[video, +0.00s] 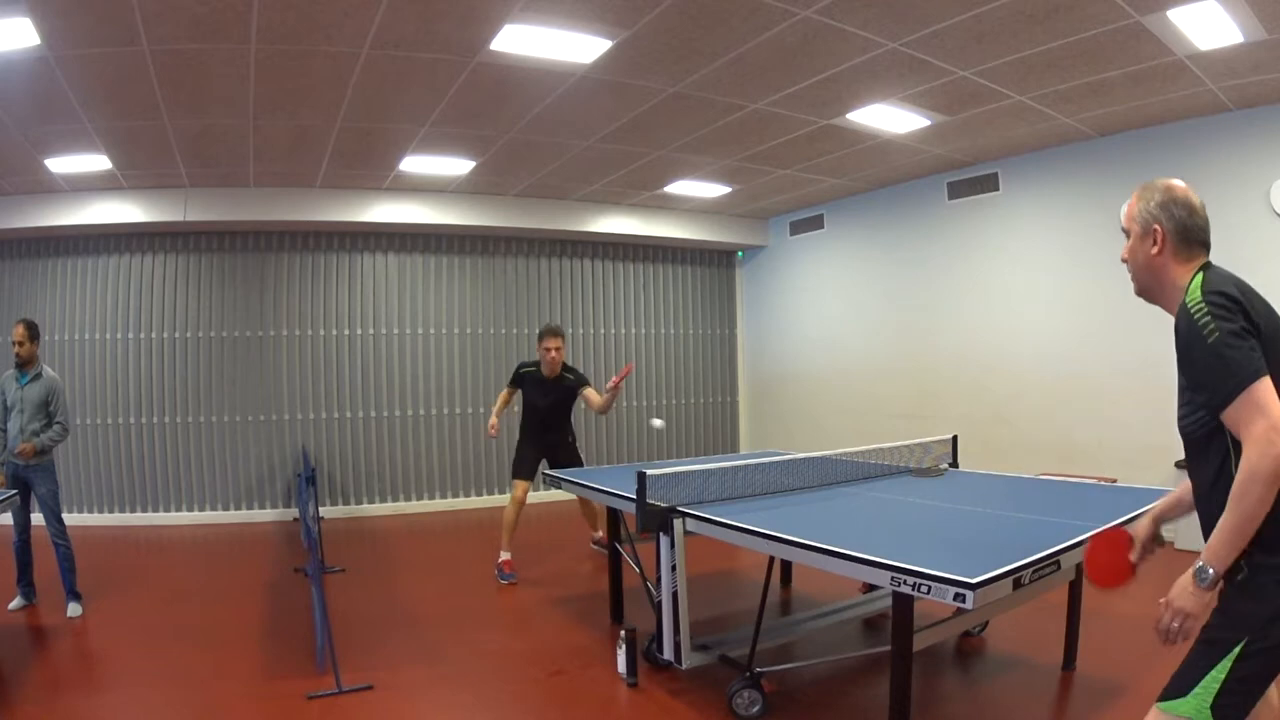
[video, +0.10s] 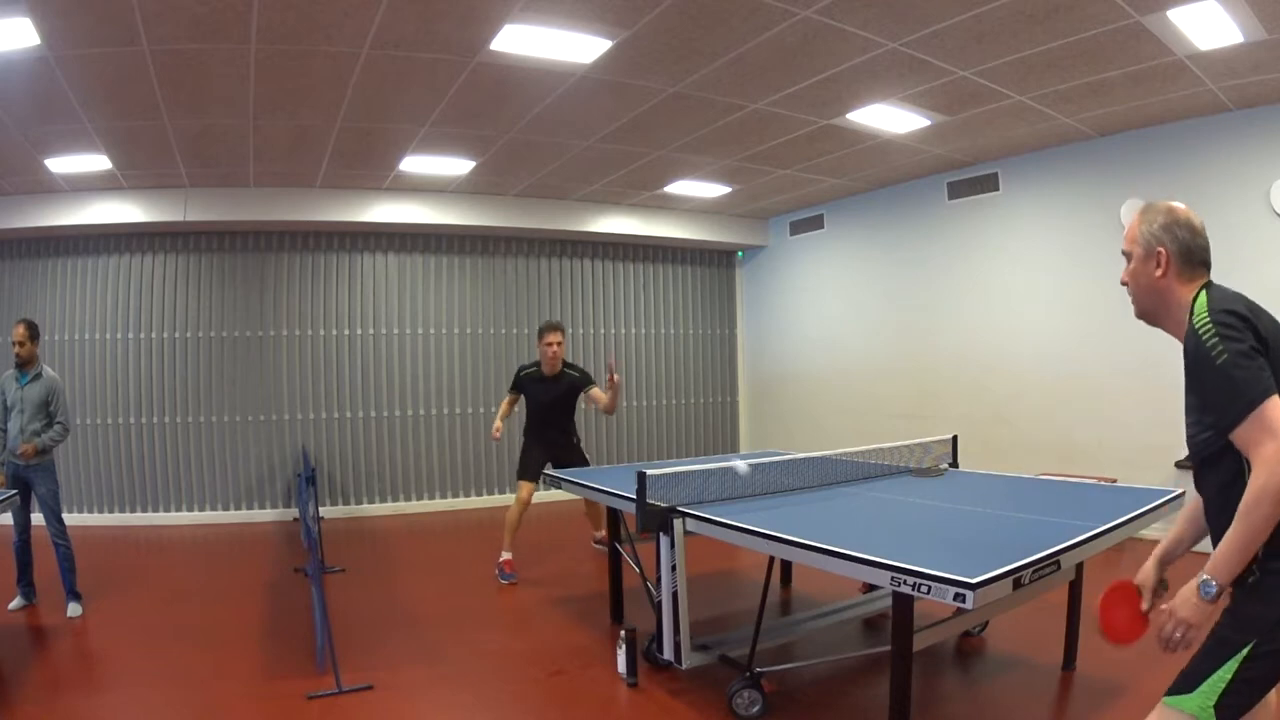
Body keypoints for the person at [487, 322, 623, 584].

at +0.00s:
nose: (553, 355)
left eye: (558, 350)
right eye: (548, 350)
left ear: (564, 351)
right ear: (539, 351)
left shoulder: (573, 378)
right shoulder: (524, 372)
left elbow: (600, 407)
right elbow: (507, 394)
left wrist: (610, 393)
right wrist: (494, 415)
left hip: (562, 443)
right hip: (530, 443)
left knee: (584, 493)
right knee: (518, 497)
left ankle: (598, 536)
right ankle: (504, 557)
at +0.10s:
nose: (554, 350)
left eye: (558, 344)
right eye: (548, 345)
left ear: (564, 347)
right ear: (539, 348)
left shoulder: (577, 376)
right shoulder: (524, 375)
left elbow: (608, 408)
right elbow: (510, 401)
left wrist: (614, 390)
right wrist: (499, 420)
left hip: (566, 443)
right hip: (535, 444)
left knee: (592, 491)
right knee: (524, 497)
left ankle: (600, 535)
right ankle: (505, 556)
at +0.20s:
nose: (564, 353)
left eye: (568, 348)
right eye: (558, 348)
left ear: (573, 351)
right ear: (548, 351)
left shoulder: (584, 382)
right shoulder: (532, 381)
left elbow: (614, 417)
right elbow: (516, 410)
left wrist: (615, 400)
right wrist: (511, 426)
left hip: (572, 449)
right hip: (541, 450)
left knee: (602, 492)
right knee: (530, 501)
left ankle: (602, 539)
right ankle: (506, 558)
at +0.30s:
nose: (579, 351)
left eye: (583, 347)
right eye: (574, 347)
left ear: (588, 350)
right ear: (563, 350)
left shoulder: (596, 382)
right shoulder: (546, 379)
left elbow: (621, 420)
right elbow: (525, 410)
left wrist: (621, 409)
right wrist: (529, 420)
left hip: (582, 447)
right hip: (552, 448)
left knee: (612, 491)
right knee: (539, 499)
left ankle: (606, 539)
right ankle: (508, 557)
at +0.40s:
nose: (595, 344)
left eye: (599, 339)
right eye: (589, 339)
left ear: (602, 343)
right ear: (578, 341)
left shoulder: (605, 375)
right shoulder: (559, 369)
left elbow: (619, 413)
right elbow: (536, 401)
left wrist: (629, 408)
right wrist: (552, 411)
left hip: (589, 442)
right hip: (560, 443)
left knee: (616, 482)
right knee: (547, 495)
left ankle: (607, 534)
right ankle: (517, 552)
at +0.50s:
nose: (606, 342)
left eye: (610, 337)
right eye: (601, 336)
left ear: (613, 341)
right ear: (588, 337)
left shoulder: (610, 373)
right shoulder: (569, 365)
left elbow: (614, 411)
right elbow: (546, 398)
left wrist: (630, 410)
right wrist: (571, 408)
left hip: (593, 442)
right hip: (565, 442)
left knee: (616, 487)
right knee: (555, 493)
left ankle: (606, 536)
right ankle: (529, 548)